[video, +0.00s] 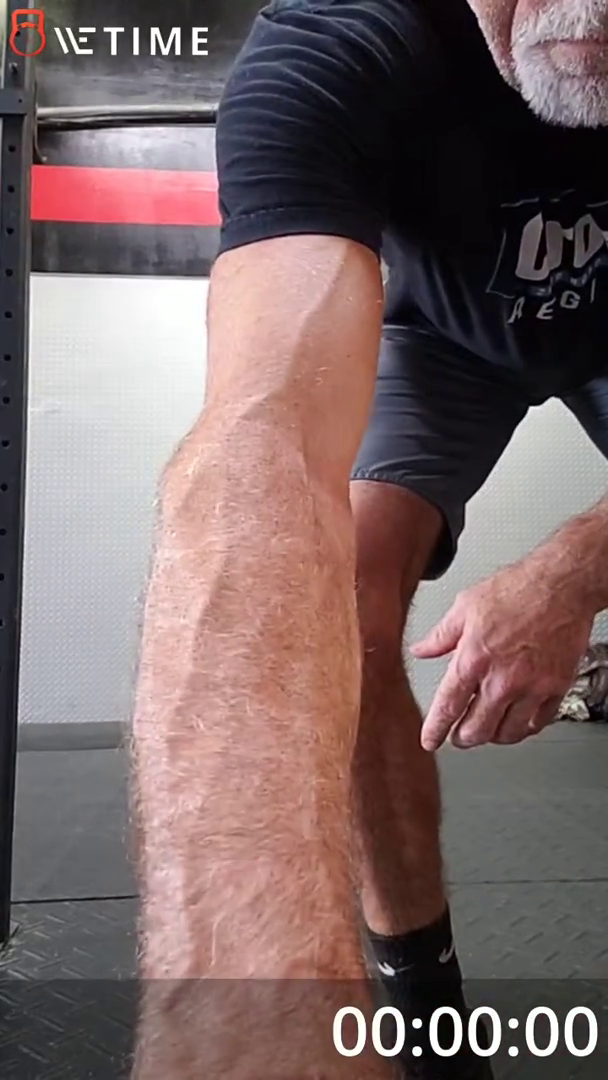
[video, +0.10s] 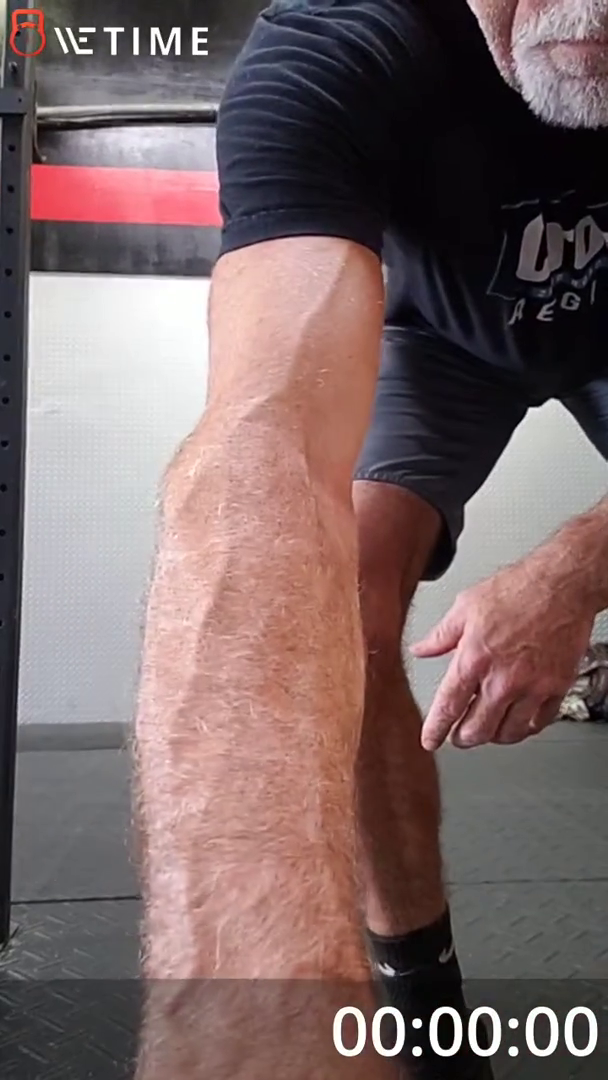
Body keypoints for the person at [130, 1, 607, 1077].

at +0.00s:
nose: (569, 14)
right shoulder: (337, 48)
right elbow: (260, 461)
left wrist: (577, 574)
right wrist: (266, 1030)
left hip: (602, 337)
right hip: (451, 325)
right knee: (340, 591)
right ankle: (425, 1005)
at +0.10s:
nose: (577, 18)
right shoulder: (337, 49)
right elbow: (260, 474)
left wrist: (578, 572)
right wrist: (268, 1028)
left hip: (603, 338)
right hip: (449, 326)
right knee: (341, 597)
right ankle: (422, 1000)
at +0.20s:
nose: (571, 19)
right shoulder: (340, 51)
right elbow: (262, 477)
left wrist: (578, 571)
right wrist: (272, 1034)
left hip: (597, 339)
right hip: (451, 327)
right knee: (339, 588)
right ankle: (424, 1003)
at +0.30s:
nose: (573, 11)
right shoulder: (333, 56)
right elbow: (264, 467)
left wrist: (580, 568)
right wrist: (268, 1031)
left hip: (597, 338)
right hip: (447, 327)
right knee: (340, 584)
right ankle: (423, 1007)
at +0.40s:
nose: (564, 3)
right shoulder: (319, 41)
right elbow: (260, 441)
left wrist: (575, 574)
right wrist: (271, 992)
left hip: (597, 331)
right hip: (441, 321)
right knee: (344, 585)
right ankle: (424, 1009)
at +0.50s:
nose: (533, 5)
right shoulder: (288, 16)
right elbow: (253, 380)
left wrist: (581, 582)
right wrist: (291, 826)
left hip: (591, 319)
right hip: (430, 312)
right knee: (353, 559)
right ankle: (394, 957)